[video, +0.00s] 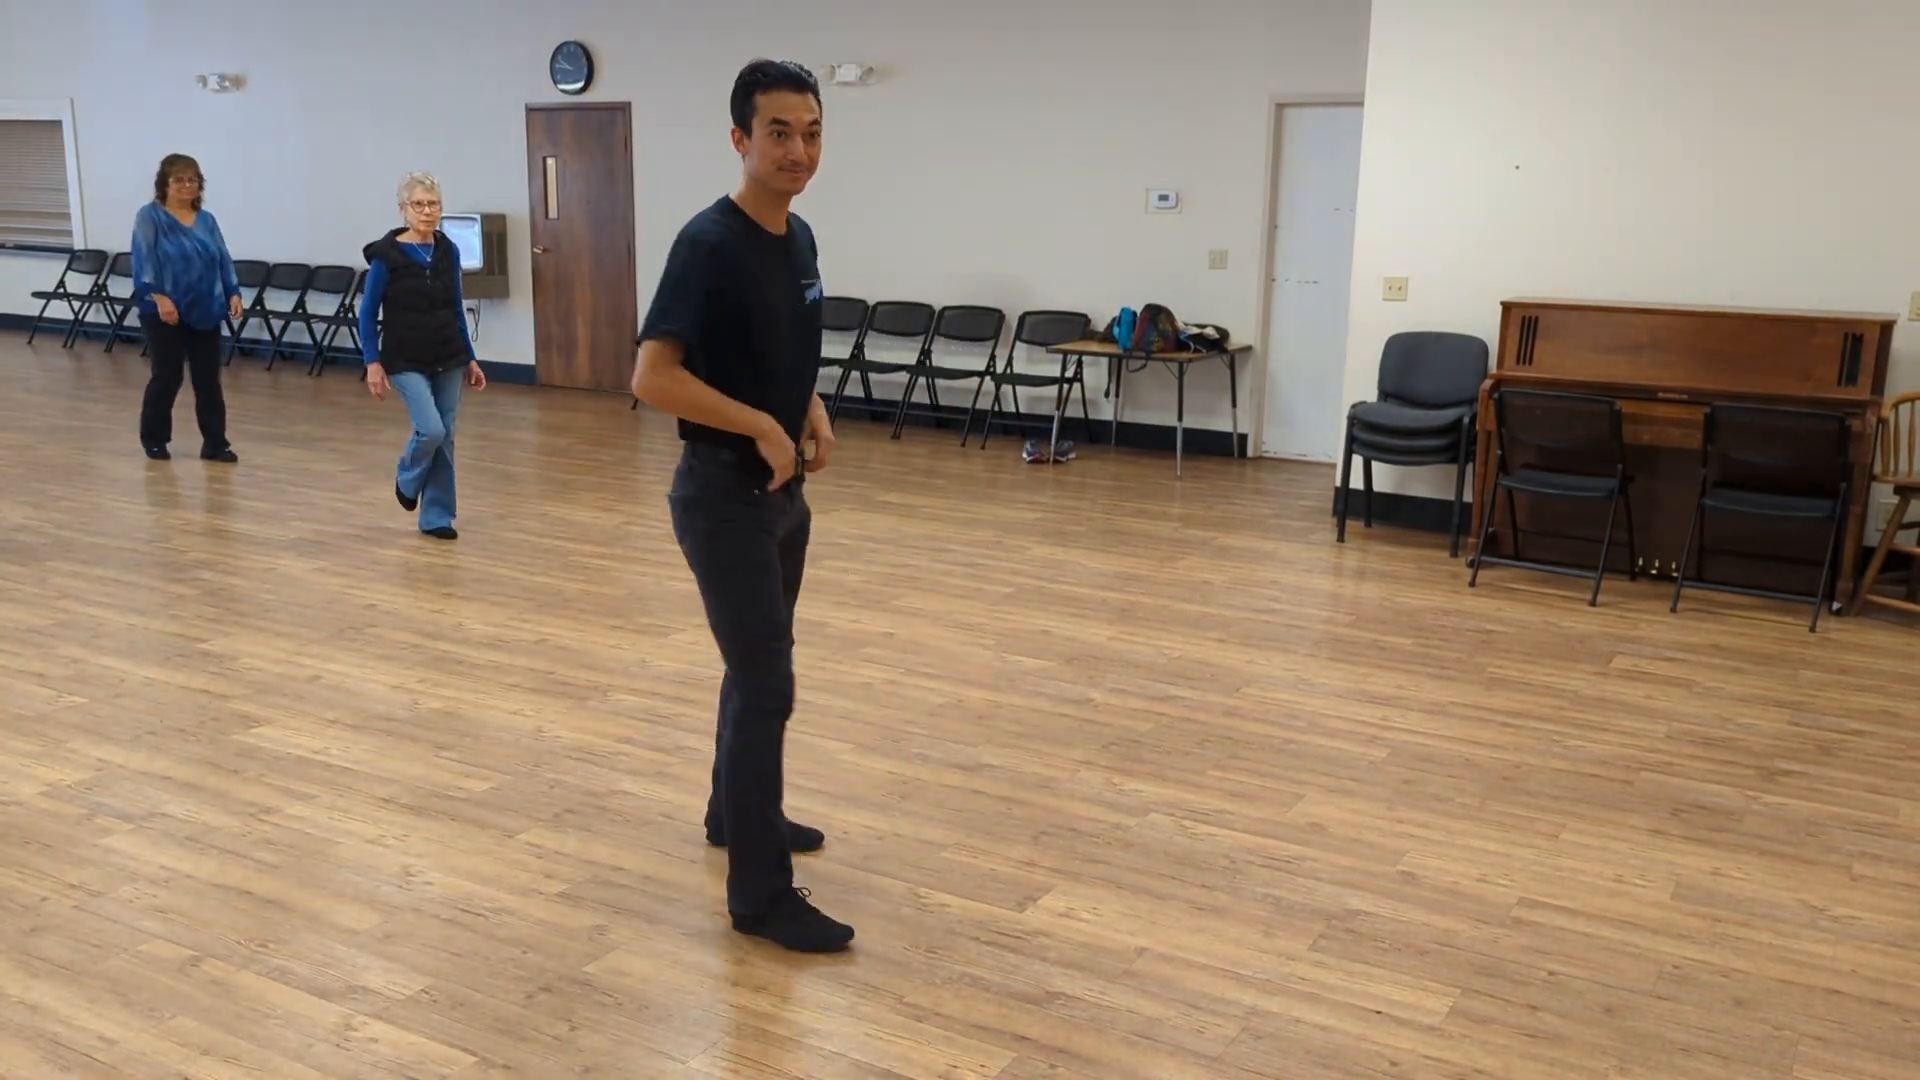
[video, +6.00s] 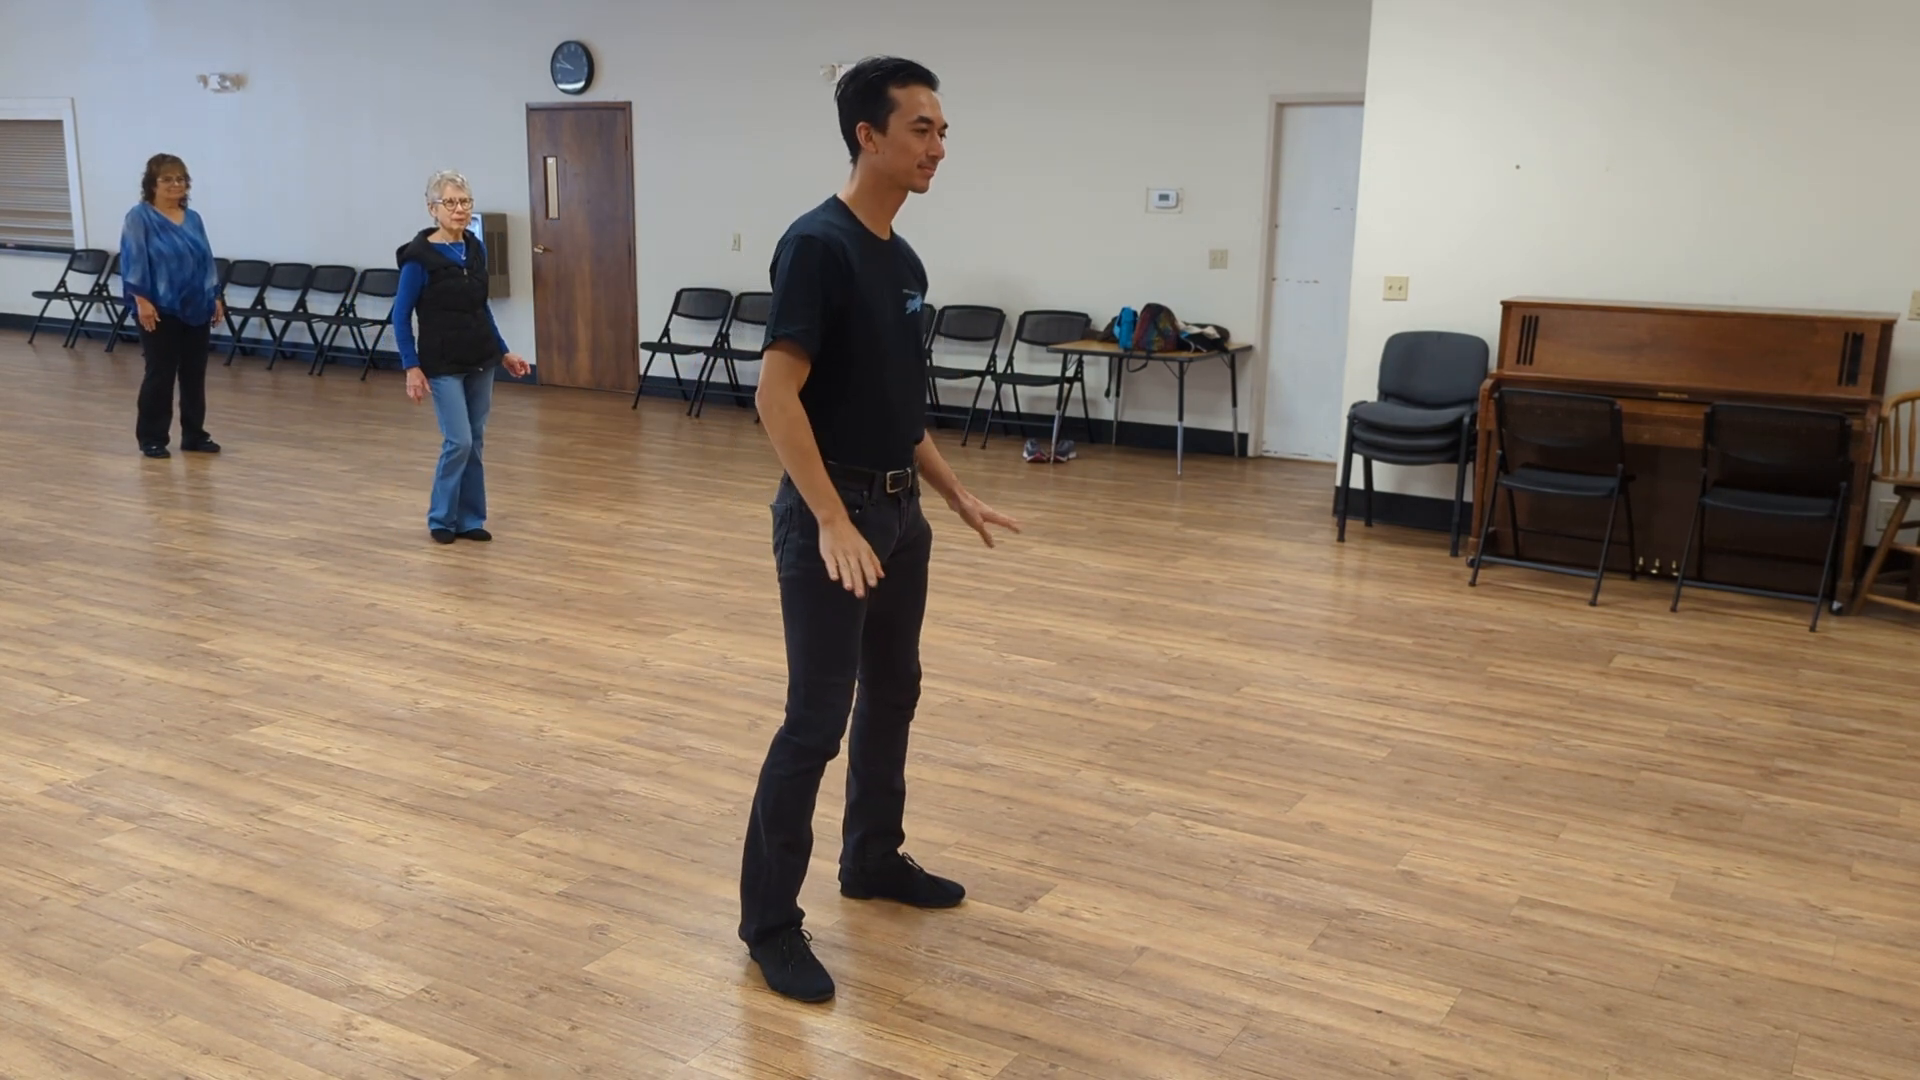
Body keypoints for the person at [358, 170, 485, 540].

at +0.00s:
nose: (427, 211)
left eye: (433, 204)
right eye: (419, 205)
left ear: (440, 209)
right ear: (404, 209)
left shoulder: (448, 250)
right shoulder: (387, 253)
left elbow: (457, 310)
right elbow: (367, 312)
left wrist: (469, 359)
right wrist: (372, 362)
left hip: (449, 357)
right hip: (404, 359)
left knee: (445, 436)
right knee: (433, 431)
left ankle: (437, 517)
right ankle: (409, 477)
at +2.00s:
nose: (415, 209)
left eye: (420, 202)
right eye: (406, 203)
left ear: (427, 208)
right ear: (389, 207)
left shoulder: (429, 247)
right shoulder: (373, 254)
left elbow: (424, 300)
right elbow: (342, 305)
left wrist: (428, 341)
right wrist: (355, 357)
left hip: (433, 357)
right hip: (390, 361)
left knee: (449, 436)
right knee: (397, 444)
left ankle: (456, 517)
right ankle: (404, 524)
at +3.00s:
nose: (449, 210)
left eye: (455, 203)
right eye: (441, 204)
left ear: (462, 208)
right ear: (425, 209)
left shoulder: (467, 250)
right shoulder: (409, 254)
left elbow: (473, 303)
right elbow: (384, 309)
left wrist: (487, 346)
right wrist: (395, 358)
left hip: (470, 360)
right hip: (427, 363)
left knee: (462, 440)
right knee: (430, 444)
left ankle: (457, 518)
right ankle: (410, 524)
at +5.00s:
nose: (433, 206)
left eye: (439, 199)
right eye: (424, 200)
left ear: (445, 203)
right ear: (406, 205)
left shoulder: (448, 246)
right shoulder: (393, 252)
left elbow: (451, 304)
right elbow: (367, 309)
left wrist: (471, 348)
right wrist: (382, 359)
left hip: (454, 357)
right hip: (411, 360)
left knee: (457, 441)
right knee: (411, 446)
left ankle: (464, 521)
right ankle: (411, 526)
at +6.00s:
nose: (459, 209)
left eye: (465, 202)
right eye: (450, 203)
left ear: (471, 206)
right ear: (434, 208)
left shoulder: (475, 248)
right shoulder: (419, 254)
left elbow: (480, 306)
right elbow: (400, 314)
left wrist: (504, 353)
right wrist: (411, 366)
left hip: (481, 358)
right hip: (441, 362)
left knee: (474, 441)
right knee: (459, 441)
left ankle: (469, 520)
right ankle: (441, 519)